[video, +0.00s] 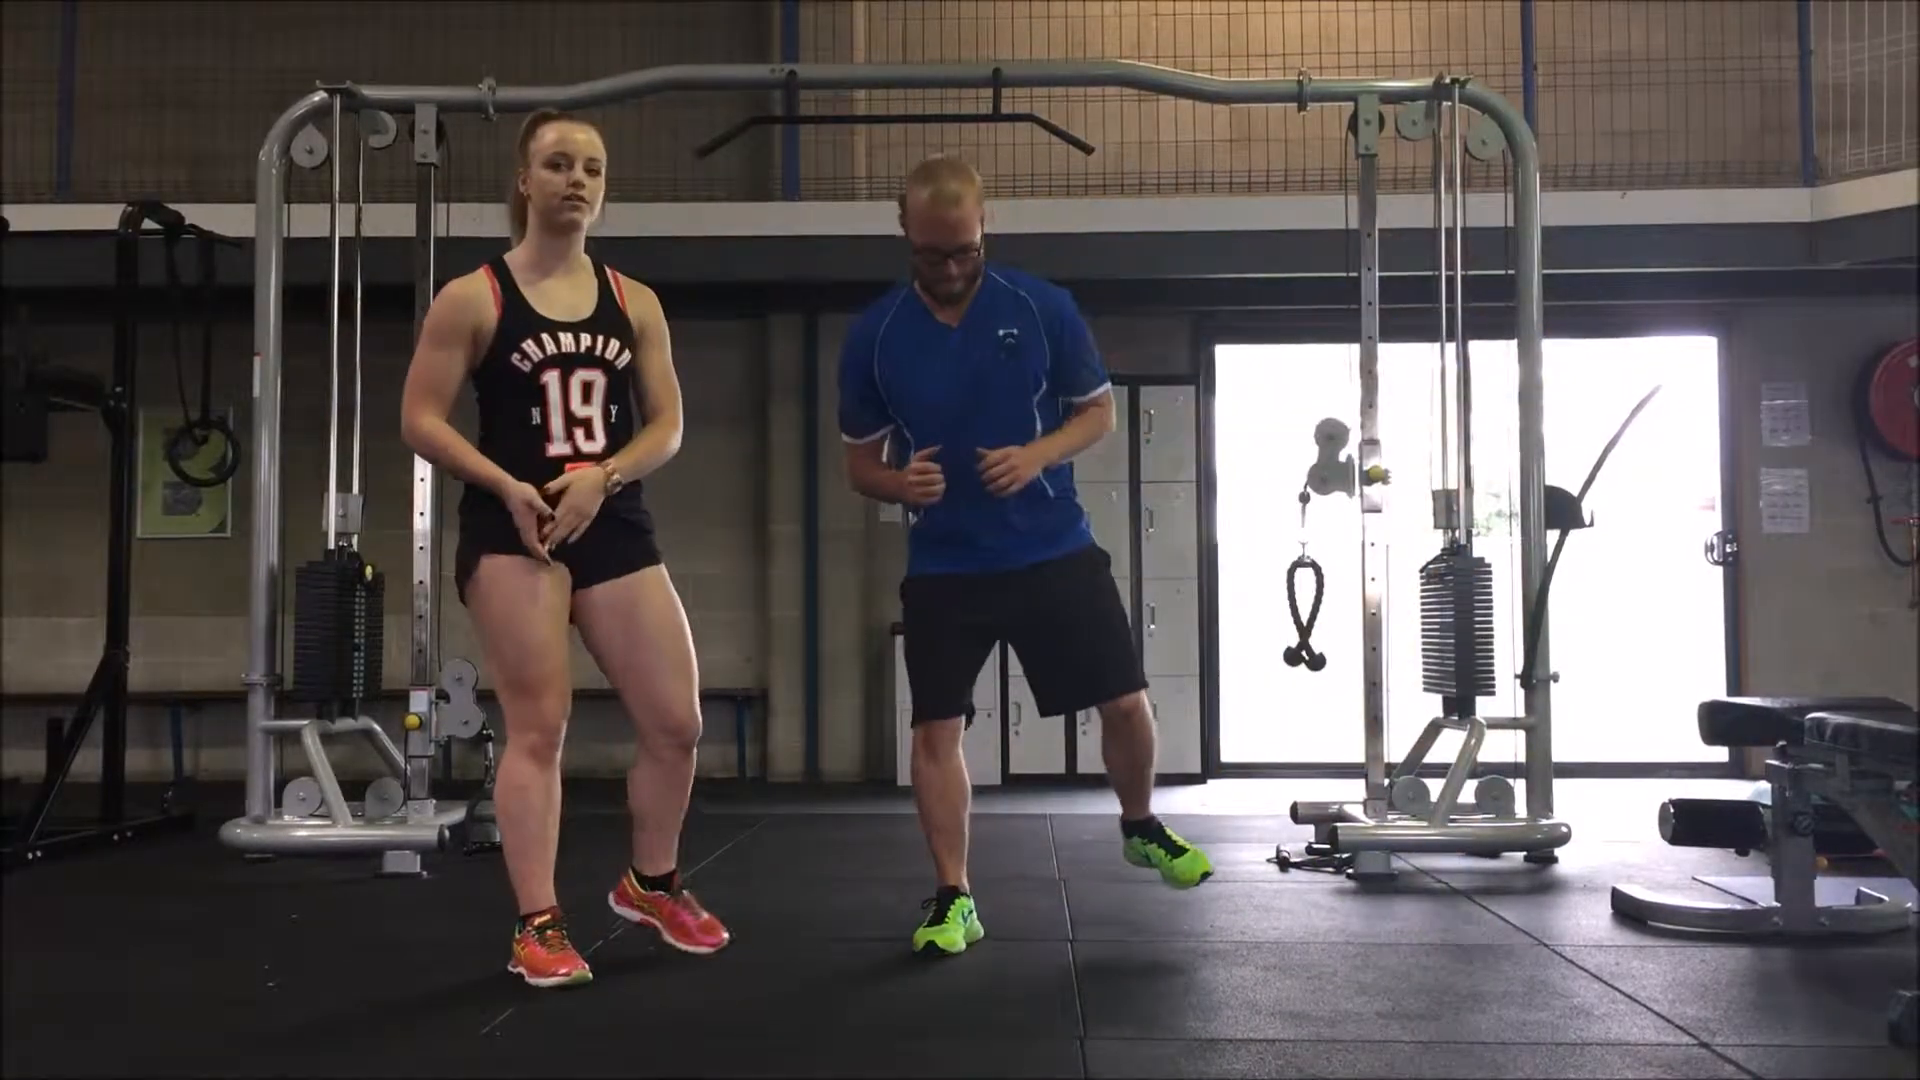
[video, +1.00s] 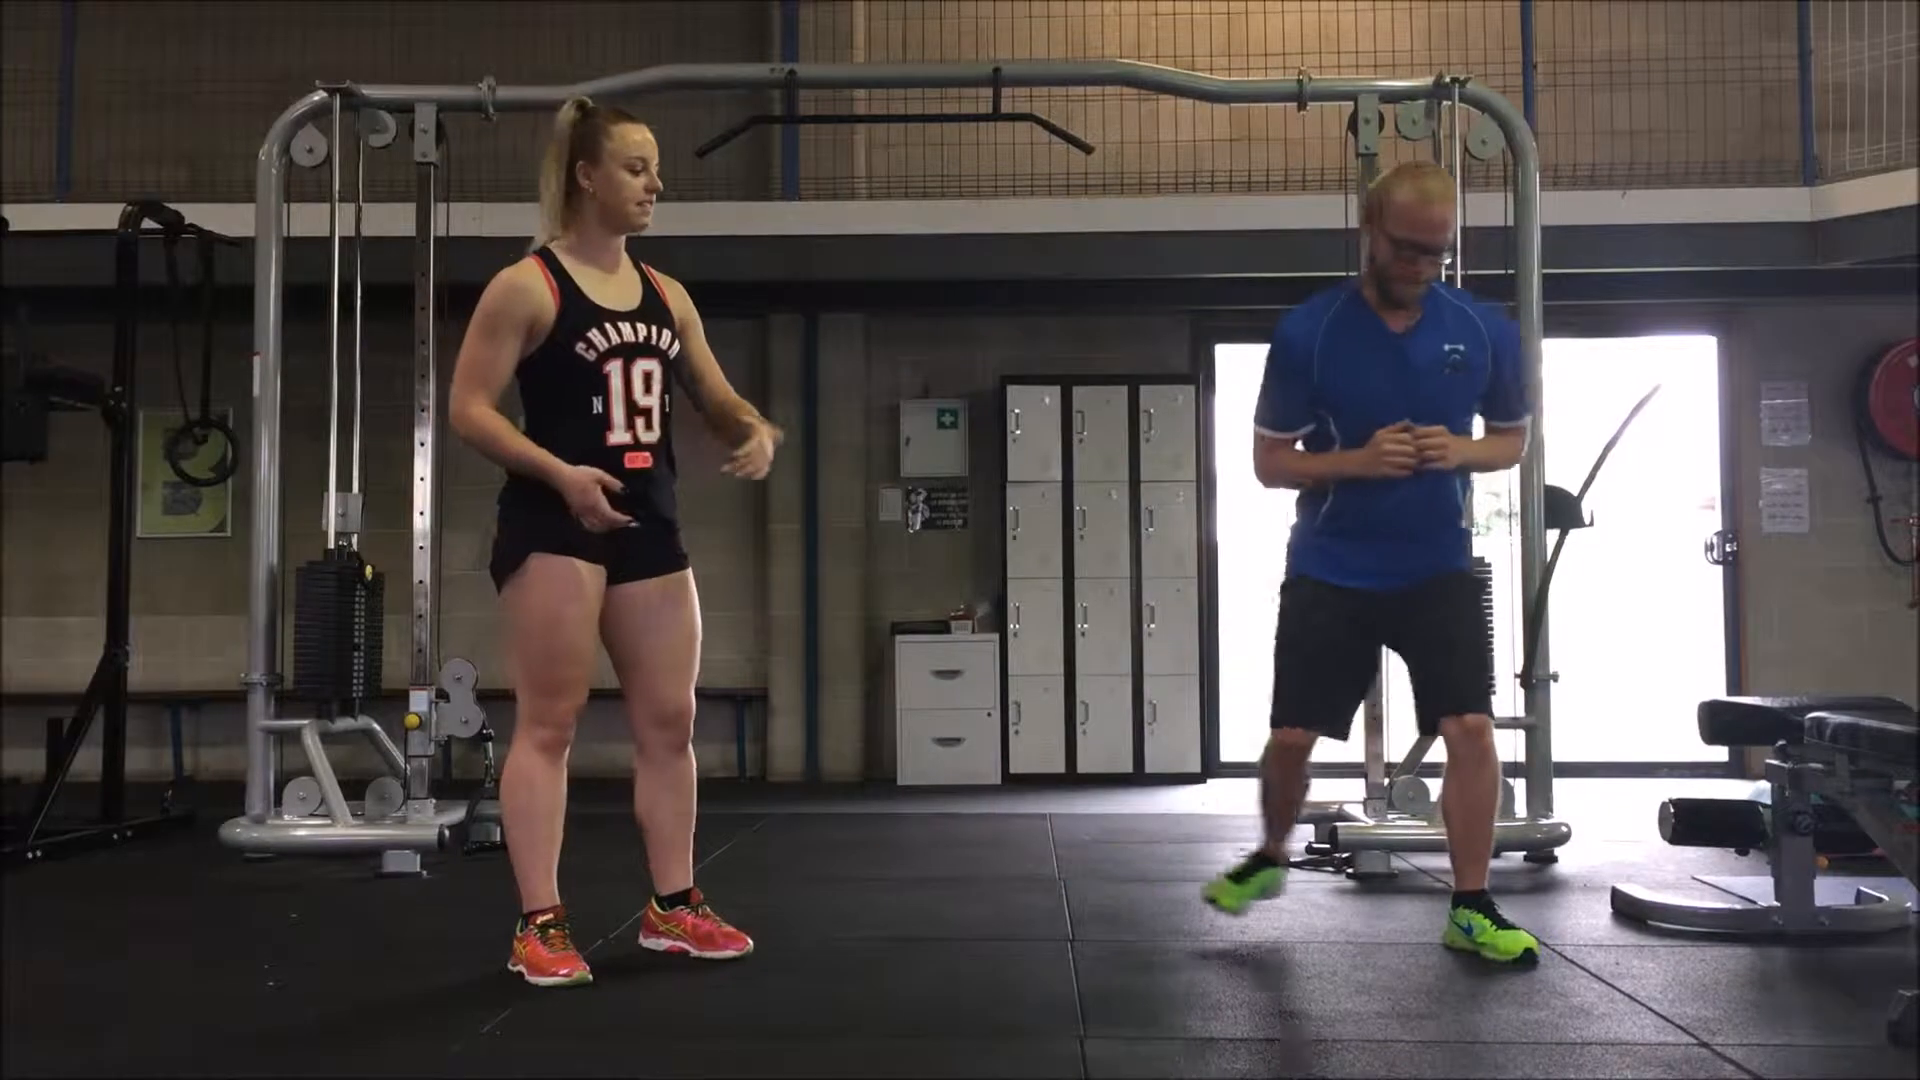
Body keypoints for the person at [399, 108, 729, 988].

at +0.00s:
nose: (575, 180)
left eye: (589, 169)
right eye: (557, 165)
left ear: (603, 189)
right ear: (522, 181)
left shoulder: (635, 303)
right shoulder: (471, 300)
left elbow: (668, 426)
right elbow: (419, 420)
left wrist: (605, 475)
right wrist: (504, 485)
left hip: (613, 527)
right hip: (511, 530)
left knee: (674, 721)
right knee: (537, 723)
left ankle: (652, 884)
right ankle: (539, 926)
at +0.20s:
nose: (572, 175)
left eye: (587, 164)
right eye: (555, 160)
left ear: (603, 187)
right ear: (520, 177)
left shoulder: (634, 299)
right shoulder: (470, 299)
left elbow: (669, 421)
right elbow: (421, 420)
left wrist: (604, 471)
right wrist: (498, 487)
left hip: (616, 525)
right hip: (516, 528)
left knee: (657, 721)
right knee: (541, 728)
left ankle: (594, 874)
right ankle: (538, 923)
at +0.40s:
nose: (581, 171)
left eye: (594, 160)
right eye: (562, 157)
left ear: (609, 185)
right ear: (525, 178)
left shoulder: (640, 297)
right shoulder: (478, 294)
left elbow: (674, 419)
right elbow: (424, 416)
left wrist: (609, 467)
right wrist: (506, 488)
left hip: (618, 527)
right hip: (518, 528)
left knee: (649, 723)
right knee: (544, 726)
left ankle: (575, 876)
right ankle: (537, 925)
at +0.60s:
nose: (598, 172)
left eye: (610, 161)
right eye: (579, 157)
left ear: (623, 184)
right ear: (538, 175)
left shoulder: (646, 295)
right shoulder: (490, 286)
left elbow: (682, 416)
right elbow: (432, 408)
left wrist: (625, 454)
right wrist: (517, 485)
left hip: (621, 529)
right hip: (524, 528)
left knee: (657, 720)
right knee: (546, 725)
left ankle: (621, 901)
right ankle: (540, 924)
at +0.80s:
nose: (630, 177)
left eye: (635, 165)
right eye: (610, 162)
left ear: (634, 181)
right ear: (559, 172)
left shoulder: (653, 292)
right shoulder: (505, 282)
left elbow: (707, 406)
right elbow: (445, 401)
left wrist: (690, 426)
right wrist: (530, 476)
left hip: (629, 523)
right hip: (533, 523)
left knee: (662, 723)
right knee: (546, 724)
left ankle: (672, 905)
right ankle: (541, 926)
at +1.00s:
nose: (654, 184)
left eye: (656, 170)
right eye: (637, 169)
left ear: (638, 182)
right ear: (586, 176)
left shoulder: (665, 294)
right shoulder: (524, 288)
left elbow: (717, 399)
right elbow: (468, 410)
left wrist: (756, 432)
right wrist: (557, 471)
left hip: (650, 529)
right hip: (555, 528)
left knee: (670, 724)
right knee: (548, 725)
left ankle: (673, 905)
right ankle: (539, 925)